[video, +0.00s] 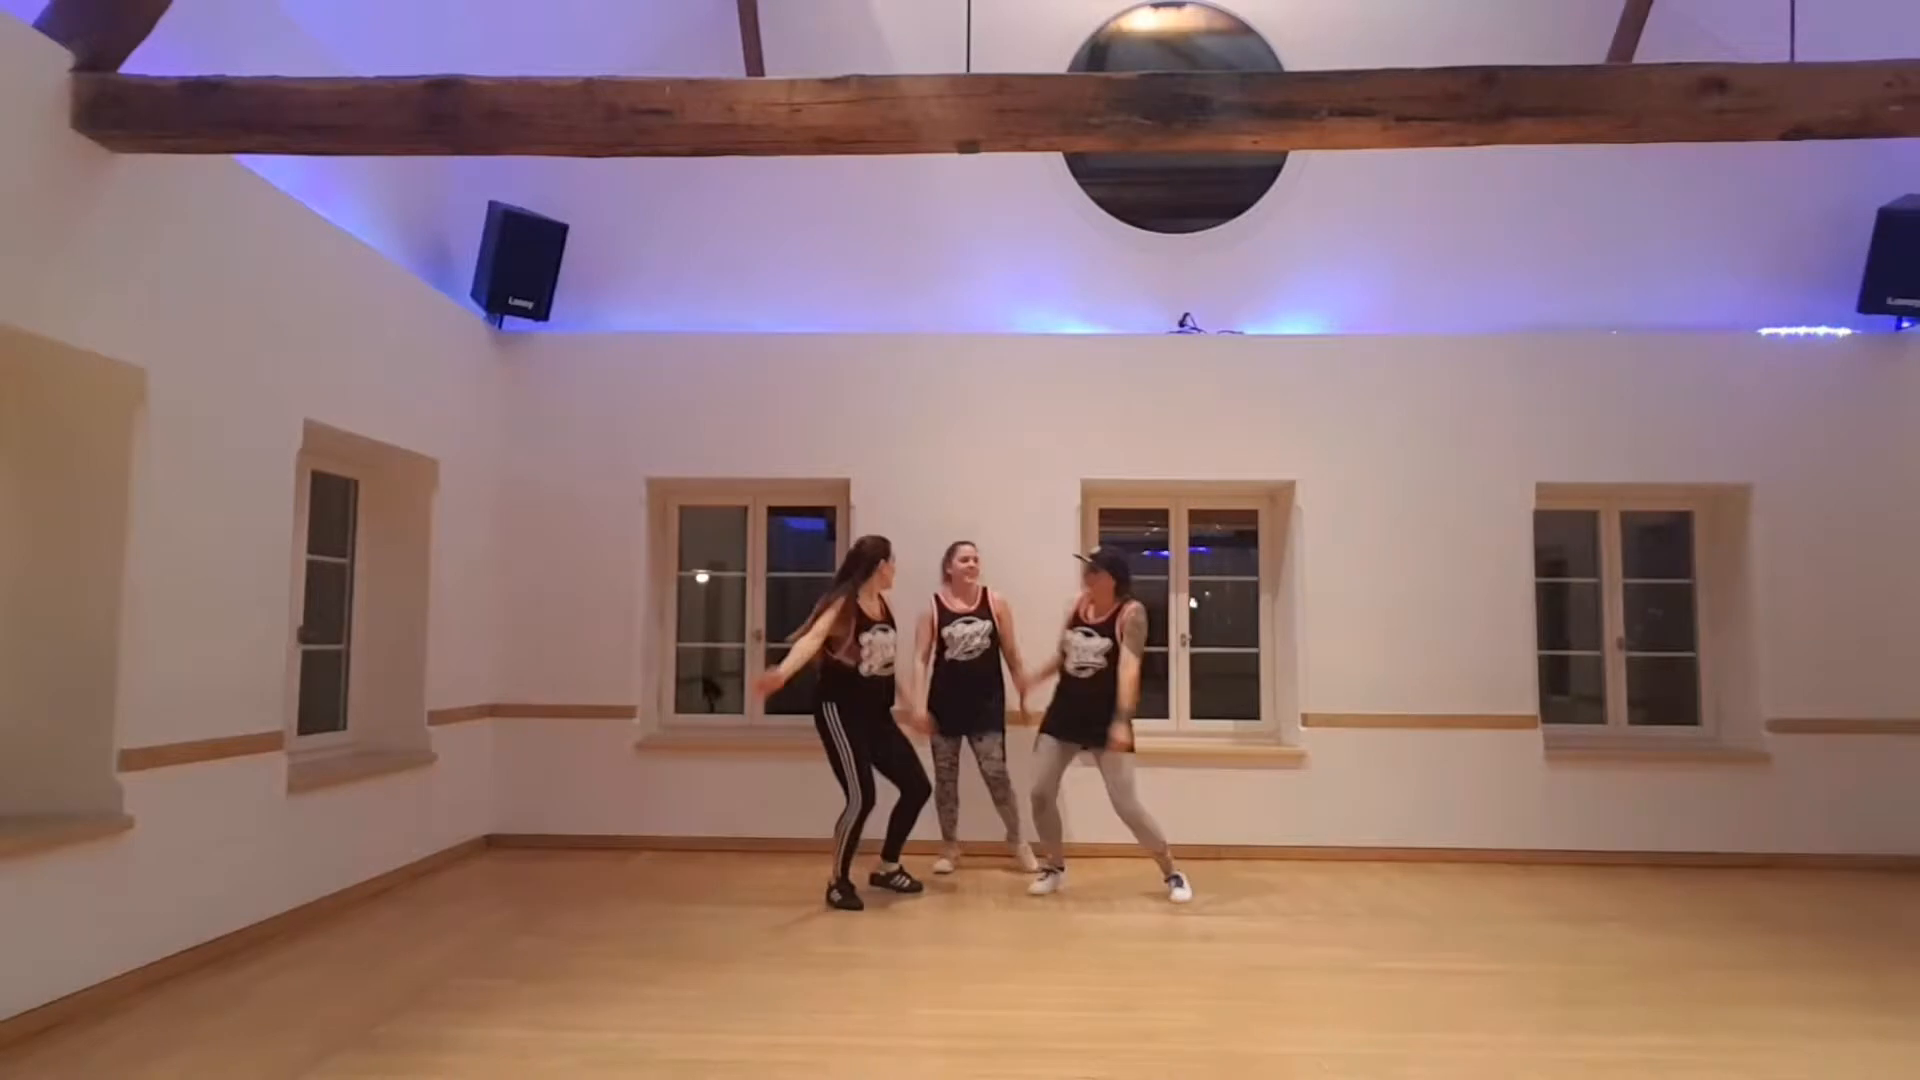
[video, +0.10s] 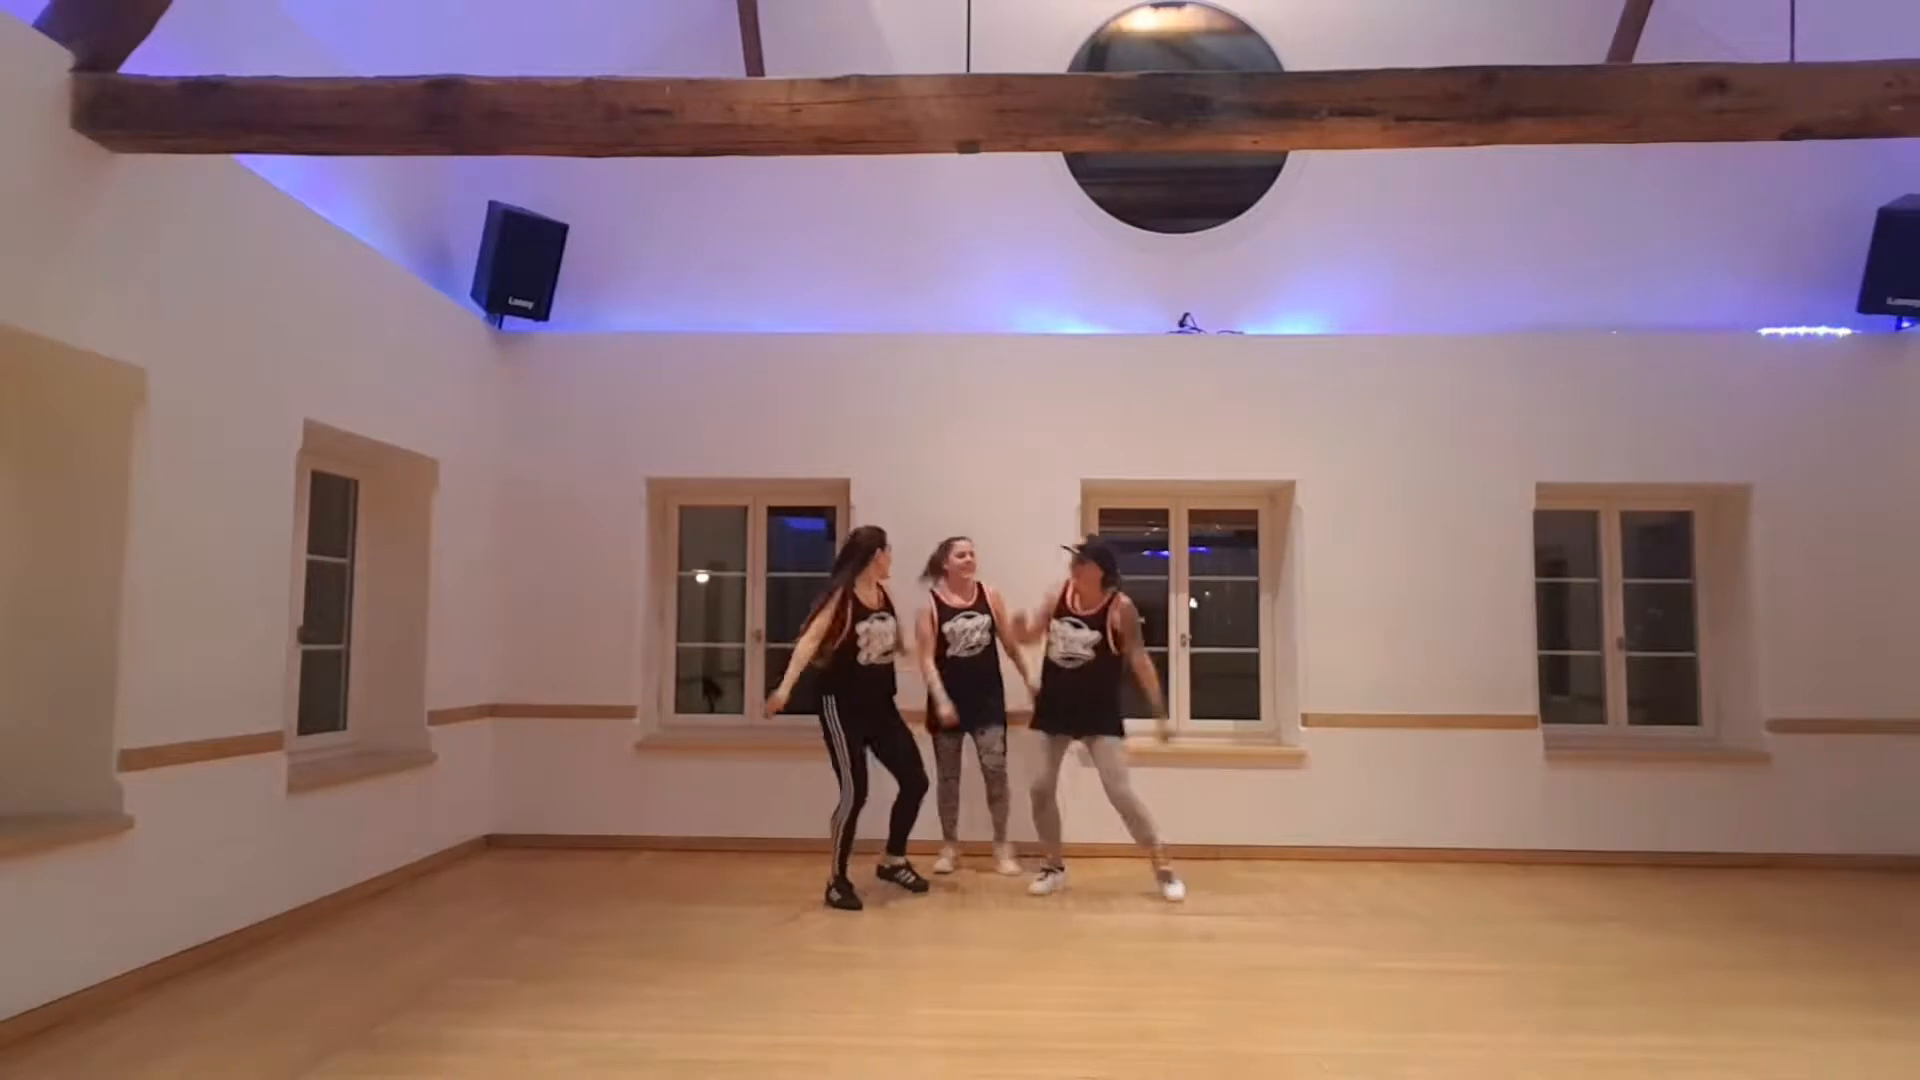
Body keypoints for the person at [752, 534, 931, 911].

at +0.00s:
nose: (894, 569)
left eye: (893, 562)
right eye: (891, 562)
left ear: (872, 567)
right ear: (878, 566)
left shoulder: (882, 604)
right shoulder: (842, 604)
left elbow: (887, 665)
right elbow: (812, 639)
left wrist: (909, 710)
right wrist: (782, 672)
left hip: (874, 711)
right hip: (838, 710)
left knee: (918, 788)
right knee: (861, 796)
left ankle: (887, 867)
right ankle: (838, 882)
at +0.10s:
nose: (891, 557)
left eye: (889, 551)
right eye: (887, 551)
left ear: (873, 556)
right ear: (872, 556)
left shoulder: (883, 595)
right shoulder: (840, 598)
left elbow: (895, 645)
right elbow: (808, 641)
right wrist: (785, 688)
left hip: (878, 702)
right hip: (840, 703)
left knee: (915, 782)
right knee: (853, 790)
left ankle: (893, 861)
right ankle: (837, 880)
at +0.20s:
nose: (888, 550)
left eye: (885, 543)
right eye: (884, 543)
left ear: (872, 550)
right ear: (871, 549)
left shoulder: (893, 589)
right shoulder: (842, 591)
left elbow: (921, 631)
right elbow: (816, 641)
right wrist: (798, 691)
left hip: (884, 700)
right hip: (844, 701)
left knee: (911, 783)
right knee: (846, 791)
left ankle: (904, 862)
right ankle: (835, 879)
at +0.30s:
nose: (888, 549)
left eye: (884, 542)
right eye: (882, 543)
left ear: (871, 552)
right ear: (869, 550)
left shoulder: (895, 591)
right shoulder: (845, 593)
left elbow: (919, 636)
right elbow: (825, 644)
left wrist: (919, 597)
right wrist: (815, 696)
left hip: (893, 704)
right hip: (855, 705)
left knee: (914, 785)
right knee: (847, 793)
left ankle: (905, 864)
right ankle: (834, 877)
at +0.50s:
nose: (896, 565)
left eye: (892, 559)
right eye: (890, 560)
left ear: (882, 570)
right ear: (877, 568)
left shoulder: (903, 607)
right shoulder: (860, 609)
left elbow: (919, 656)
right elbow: (844, 663)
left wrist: (929, 623)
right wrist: (846, 718)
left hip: (911, 714)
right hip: (875, 717)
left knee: (934, 793)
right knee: (860, 800)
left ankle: (906, 866)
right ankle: (835, 880)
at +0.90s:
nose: (917, 551)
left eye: (913, 545)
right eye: (914, 547)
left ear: (885, 553)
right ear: (911, 551)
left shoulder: (889, 587)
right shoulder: (903, 589)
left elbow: (893, 642)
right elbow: (895, 643)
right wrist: (907, 688)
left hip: (907, 691)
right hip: (897, 692)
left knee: (919, 781)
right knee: (914, 783)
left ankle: (905, 863)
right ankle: (864, 853)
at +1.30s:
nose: (932, 554)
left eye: (928, 549)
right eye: (927, 550)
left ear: (901, 561)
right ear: (917, 560)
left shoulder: (890, 588)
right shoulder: (926, 585)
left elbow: (866, 626)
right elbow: (933, 619)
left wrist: (870, 582)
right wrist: (994, 628)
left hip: (883, 693)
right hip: (894, 696)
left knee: (916, 785)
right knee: (918, 787)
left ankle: (905, 866)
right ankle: (854, 853)